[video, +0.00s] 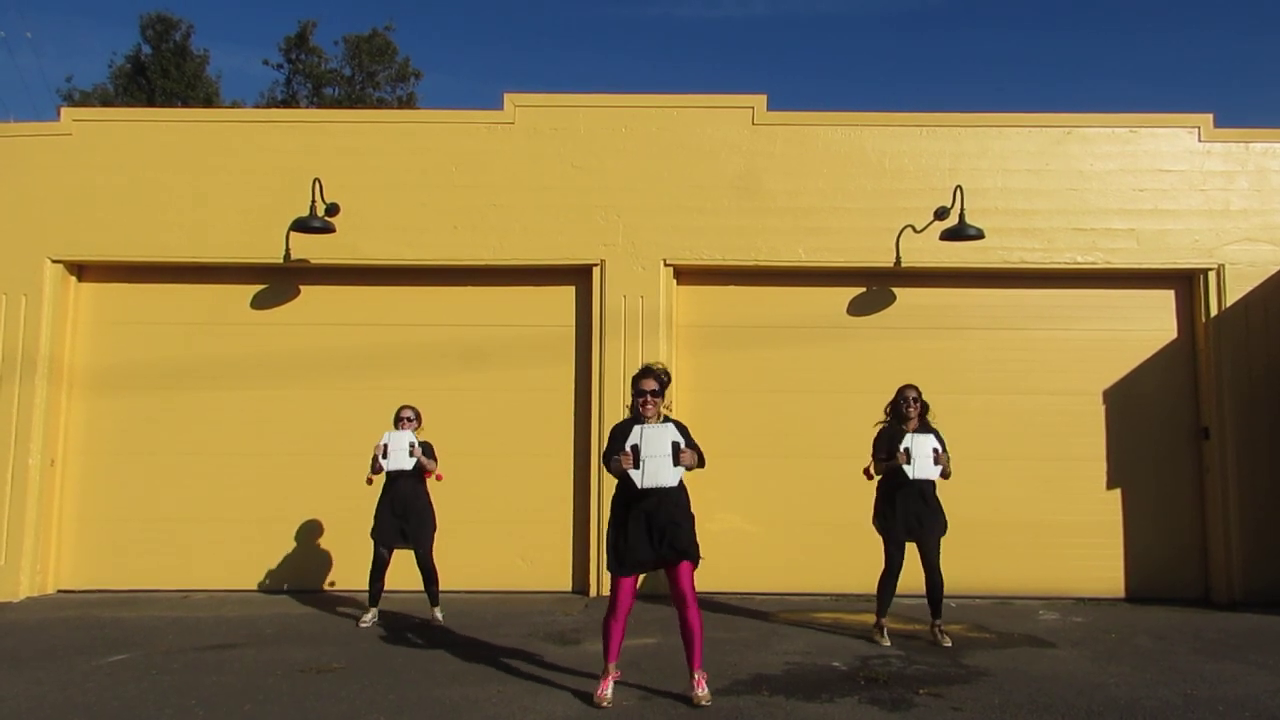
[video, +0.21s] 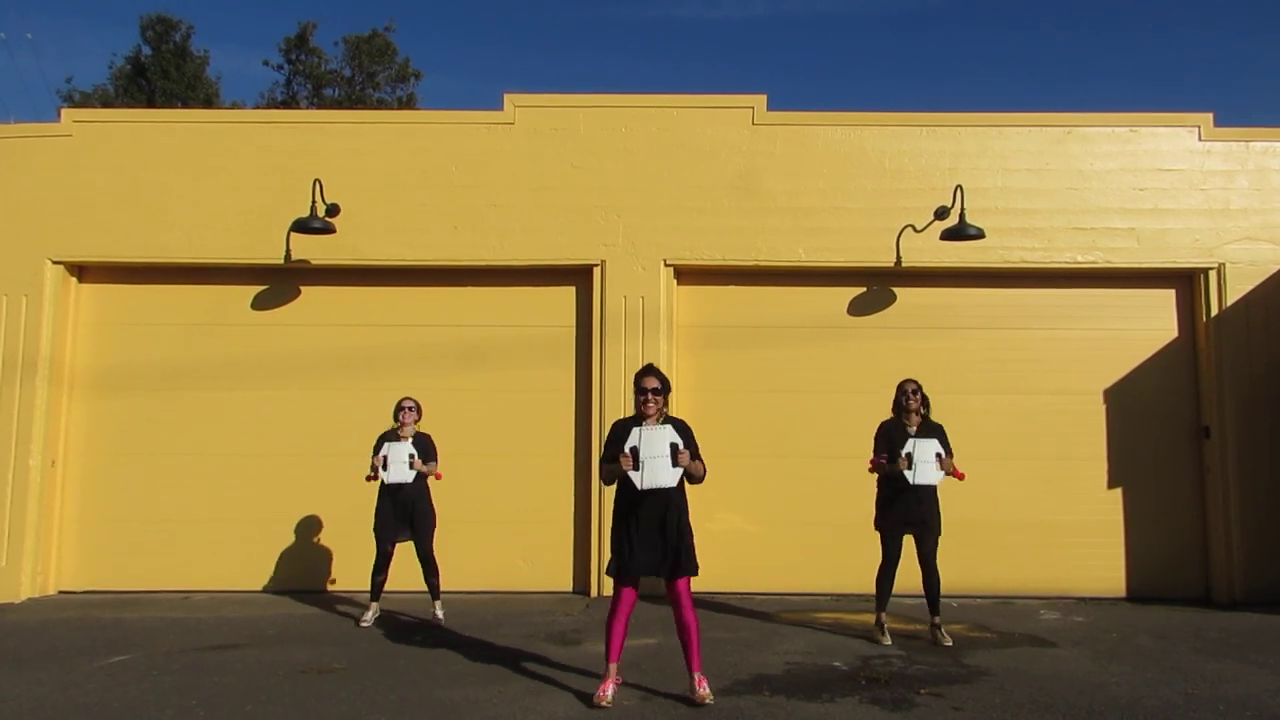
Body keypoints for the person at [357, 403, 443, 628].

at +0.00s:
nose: (405, 423)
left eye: (409, 419)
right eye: (401, 420)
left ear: (417, 423)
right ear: (395, 423)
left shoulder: (424, 446)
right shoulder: (389, 445)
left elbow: (432, 467)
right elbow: (375, 471)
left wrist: (419, 457)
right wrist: (378, 456)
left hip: (418, 510)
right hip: (389, 509)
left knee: (424, 559)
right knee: (380, 559)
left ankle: (435, 608)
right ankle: (372, 609)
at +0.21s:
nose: (406, 413)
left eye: (410, 409)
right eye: (402, 409)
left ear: (418, 414)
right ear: (396, 414)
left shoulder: (424, 440)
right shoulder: (385, 439)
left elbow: (433, 469)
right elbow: (374, 474)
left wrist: (422, 467)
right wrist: (376, 465)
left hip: (419, 503)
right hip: (389, 503)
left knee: (425, 553)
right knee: (383, 553)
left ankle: (437, 604)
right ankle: (373, 605)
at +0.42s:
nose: (404, 422)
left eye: (409, 419)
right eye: (400, 419)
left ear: (417, 424)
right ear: (395, 424)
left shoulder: (423, 451)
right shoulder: (386, 450)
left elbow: (434, 479)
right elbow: (376, 475)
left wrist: (422, 480)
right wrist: (378, 476)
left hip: (417, 513)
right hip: (388, 512)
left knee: (422, 561)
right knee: (386, 562)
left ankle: (433, 610)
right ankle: (380, 611)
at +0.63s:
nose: (405, 416)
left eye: (410, 413)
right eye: (401, 413)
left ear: (417, 417)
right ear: (396, 417)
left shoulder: (424, 443)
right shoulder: (385, 442)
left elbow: (435, 472)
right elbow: (372, 475)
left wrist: (422, 466)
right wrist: (375, 465)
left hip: (418, 506)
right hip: (389, 506)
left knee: (425, 557)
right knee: (381, 557)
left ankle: (435, 608)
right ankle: (375, 607)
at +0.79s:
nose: (406, 430)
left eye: (411, 426)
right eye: (402, 428)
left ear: (420, 430)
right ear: (399, 433)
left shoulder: (426, 455)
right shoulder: (391, 458)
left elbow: (433, 471)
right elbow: (380, 476)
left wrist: (421, 466)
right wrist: (379, 477)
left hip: (422, 518)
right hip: (393, 518)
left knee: (426, 567)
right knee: (383, 566)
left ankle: (435, 617)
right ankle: (376, 615)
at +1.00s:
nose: (416, 417)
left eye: (420, 413)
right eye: (411, 414)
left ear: (428, 416)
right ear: (407, 419)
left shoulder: (437, 437)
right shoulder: (401, 446)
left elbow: (447, 429)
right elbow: (389, 480)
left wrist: (451, 411)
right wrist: (370, 499)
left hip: (431, 503)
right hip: (402, 503)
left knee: (433, 558)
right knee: (384, 554)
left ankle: (439, 612)